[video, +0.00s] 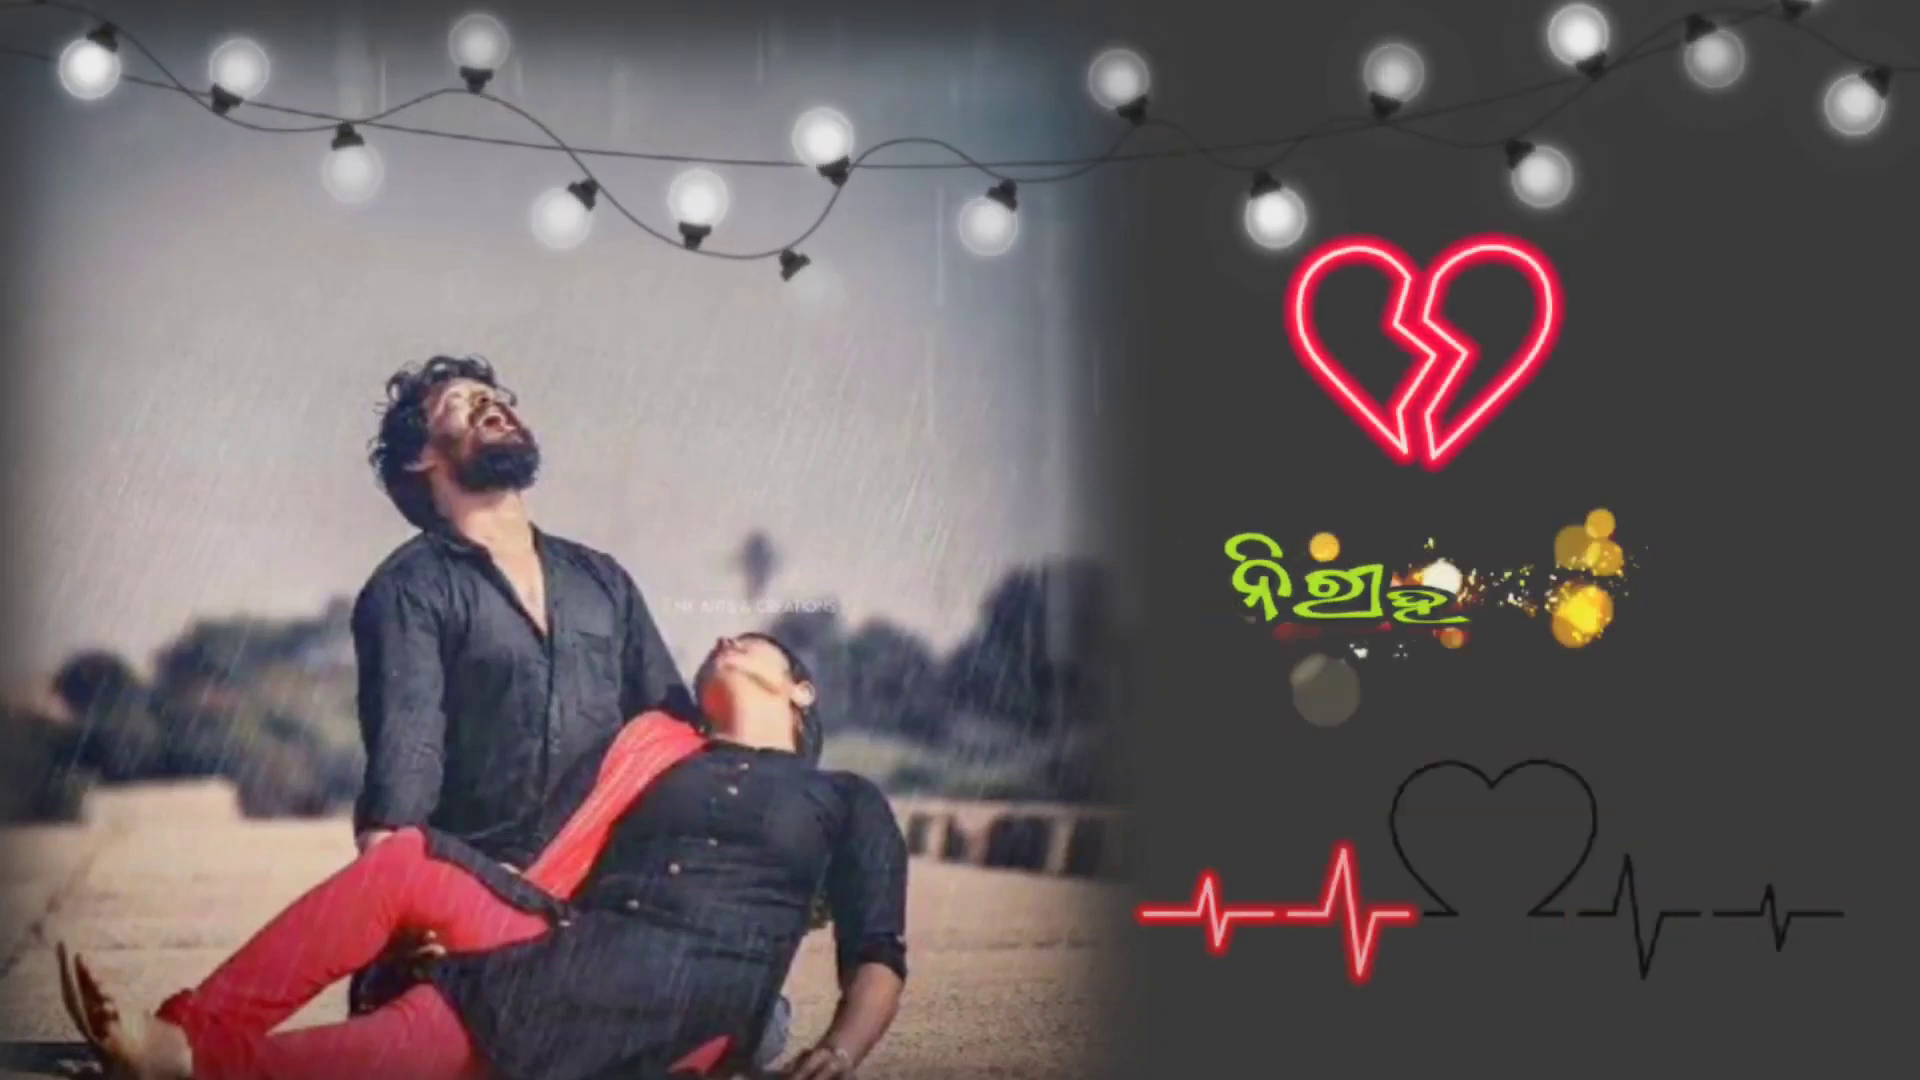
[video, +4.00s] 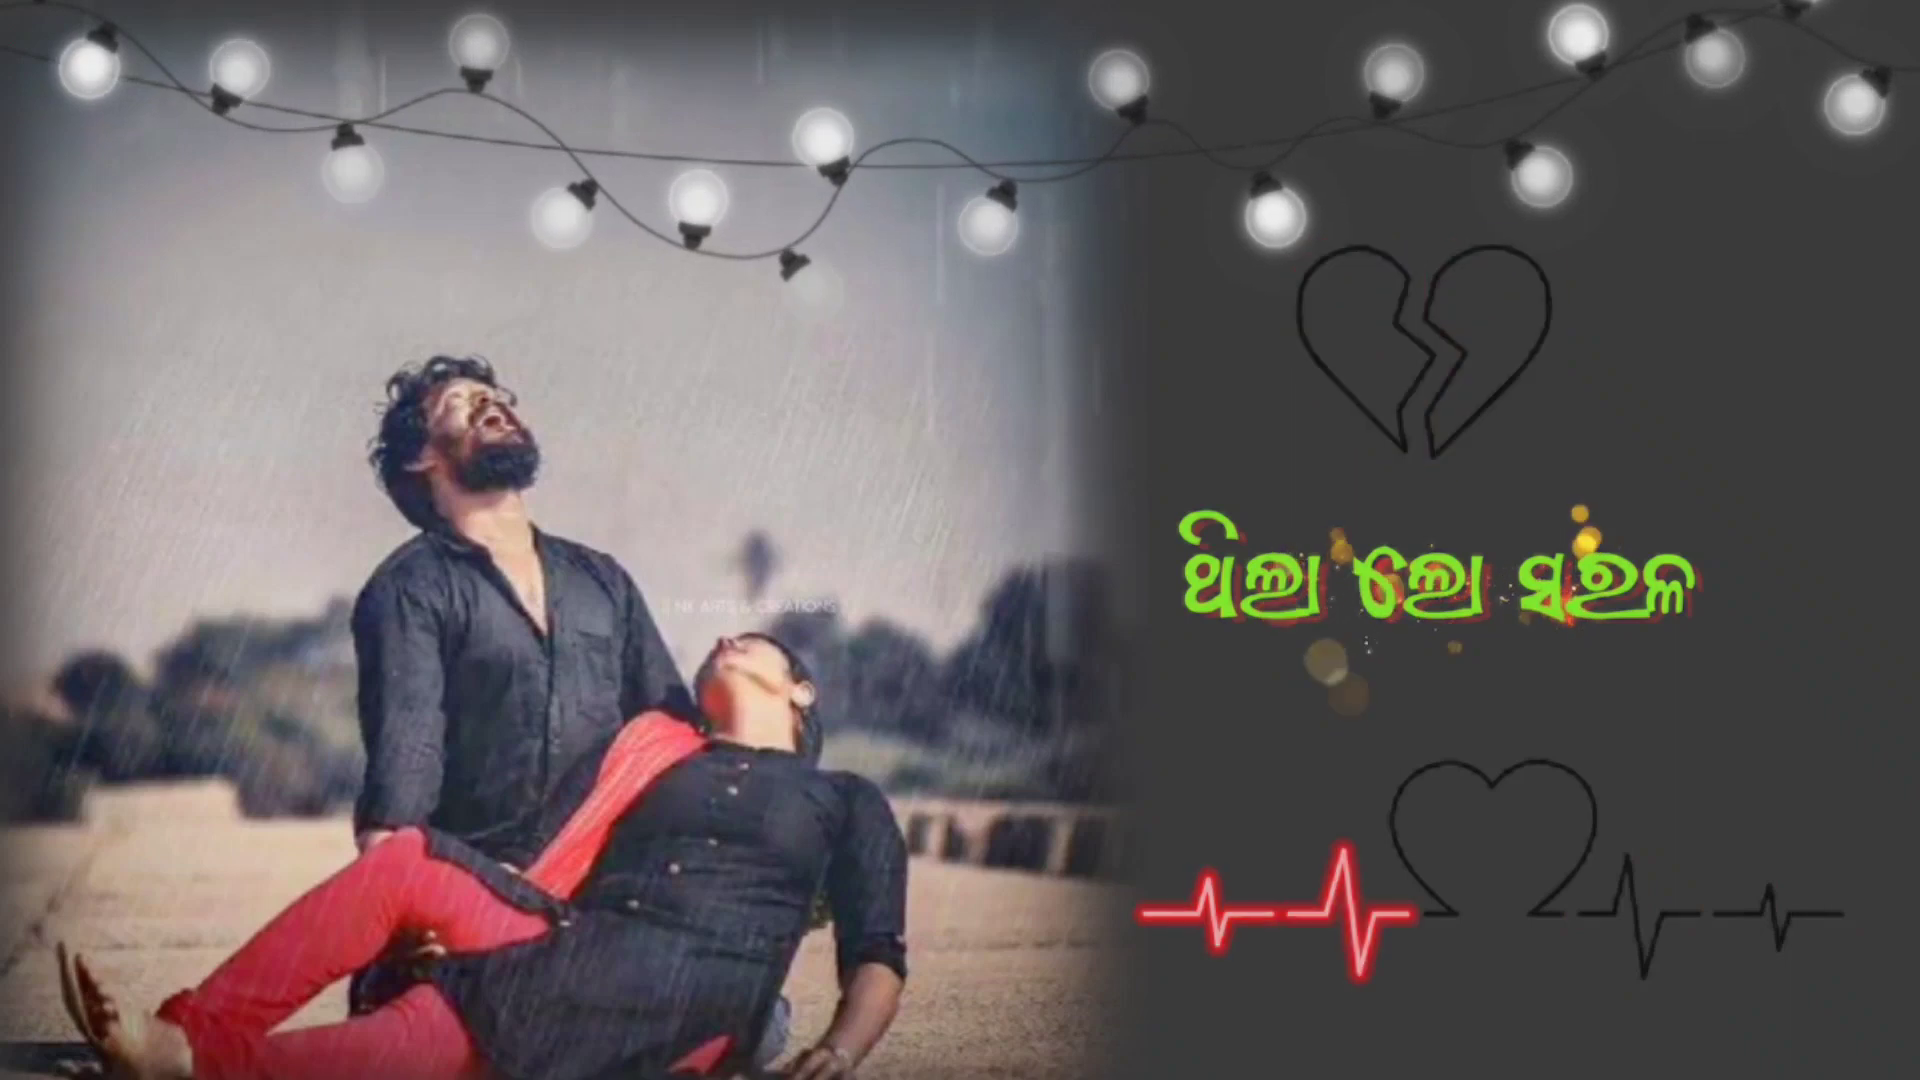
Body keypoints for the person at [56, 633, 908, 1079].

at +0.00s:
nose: (722, 660)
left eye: (749, 656)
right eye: (717, 659)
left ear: (799, 699)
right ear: (709, 699)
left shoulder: (843, 798)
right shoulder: (663, 756)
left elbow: (878, 967)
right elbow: (576, 893)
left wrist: (835, 1064)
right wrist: (458, 950)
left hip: (694, 981)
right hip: (590, 944)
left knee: (451, 1028)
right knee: (401, 861)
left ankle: (187, 1059)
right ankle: (177, 1040)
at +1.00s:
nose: (722, 662)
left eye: (749, 657)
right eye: (717, 661)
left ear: (799, 700)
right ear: (708, 699)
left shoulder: (843, 798)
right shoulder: (663, 757)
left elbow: (878, 967)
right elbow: (576, 894)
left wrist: (834, 1066)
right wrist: (456, 948)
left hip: (693, 981)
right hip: (588, 945)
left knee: (448, 1029)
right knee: (400, 860)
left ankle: (186, 1059)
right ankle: (178, 1040)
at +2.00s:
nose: (722, 662)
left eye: (749, 657)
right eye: (717, 661)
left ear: (799, 699)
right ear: (708, 699)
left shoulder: (843, 798)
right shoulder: (663, 757)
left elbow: (878, 967)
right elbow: (576, 894)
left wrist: (835, 1066)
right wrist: (457, 948)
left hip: (693, 981)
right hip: (588, 945)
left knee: (448, 1029)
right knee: (400, 860)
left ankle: (186, 1059)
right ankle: (178, 1040)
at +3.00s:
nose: (722, 662)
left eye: (749, 657)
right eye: (717, 661)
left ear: (799, 699)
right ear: (708, 699)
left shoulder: (843, 798)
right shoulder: (662, 757)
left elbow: (878, 967)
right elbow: (576, 895)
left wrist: (834, 1067)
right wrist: (456, 949)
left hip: (693, 981)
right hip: (588, 945)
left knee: (450, 1028)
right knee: (401, 861)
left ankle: (188, 1060)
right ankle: (178, 1040)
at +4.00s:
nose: (721, 658)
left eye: (749, 654)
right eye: (716, 657)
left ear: (799, 699)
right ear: (709, 699)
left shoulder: (844, 798)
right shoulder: (662, 753)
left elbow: (879, 968)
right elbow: (572, 891)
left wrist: (834, 1065)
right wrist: (455, 945)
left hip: (691, 984)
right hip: (585, 946)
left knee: (450, 1029)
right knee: (400, 862)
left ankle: (188, 1057)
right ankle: (179, 1041)